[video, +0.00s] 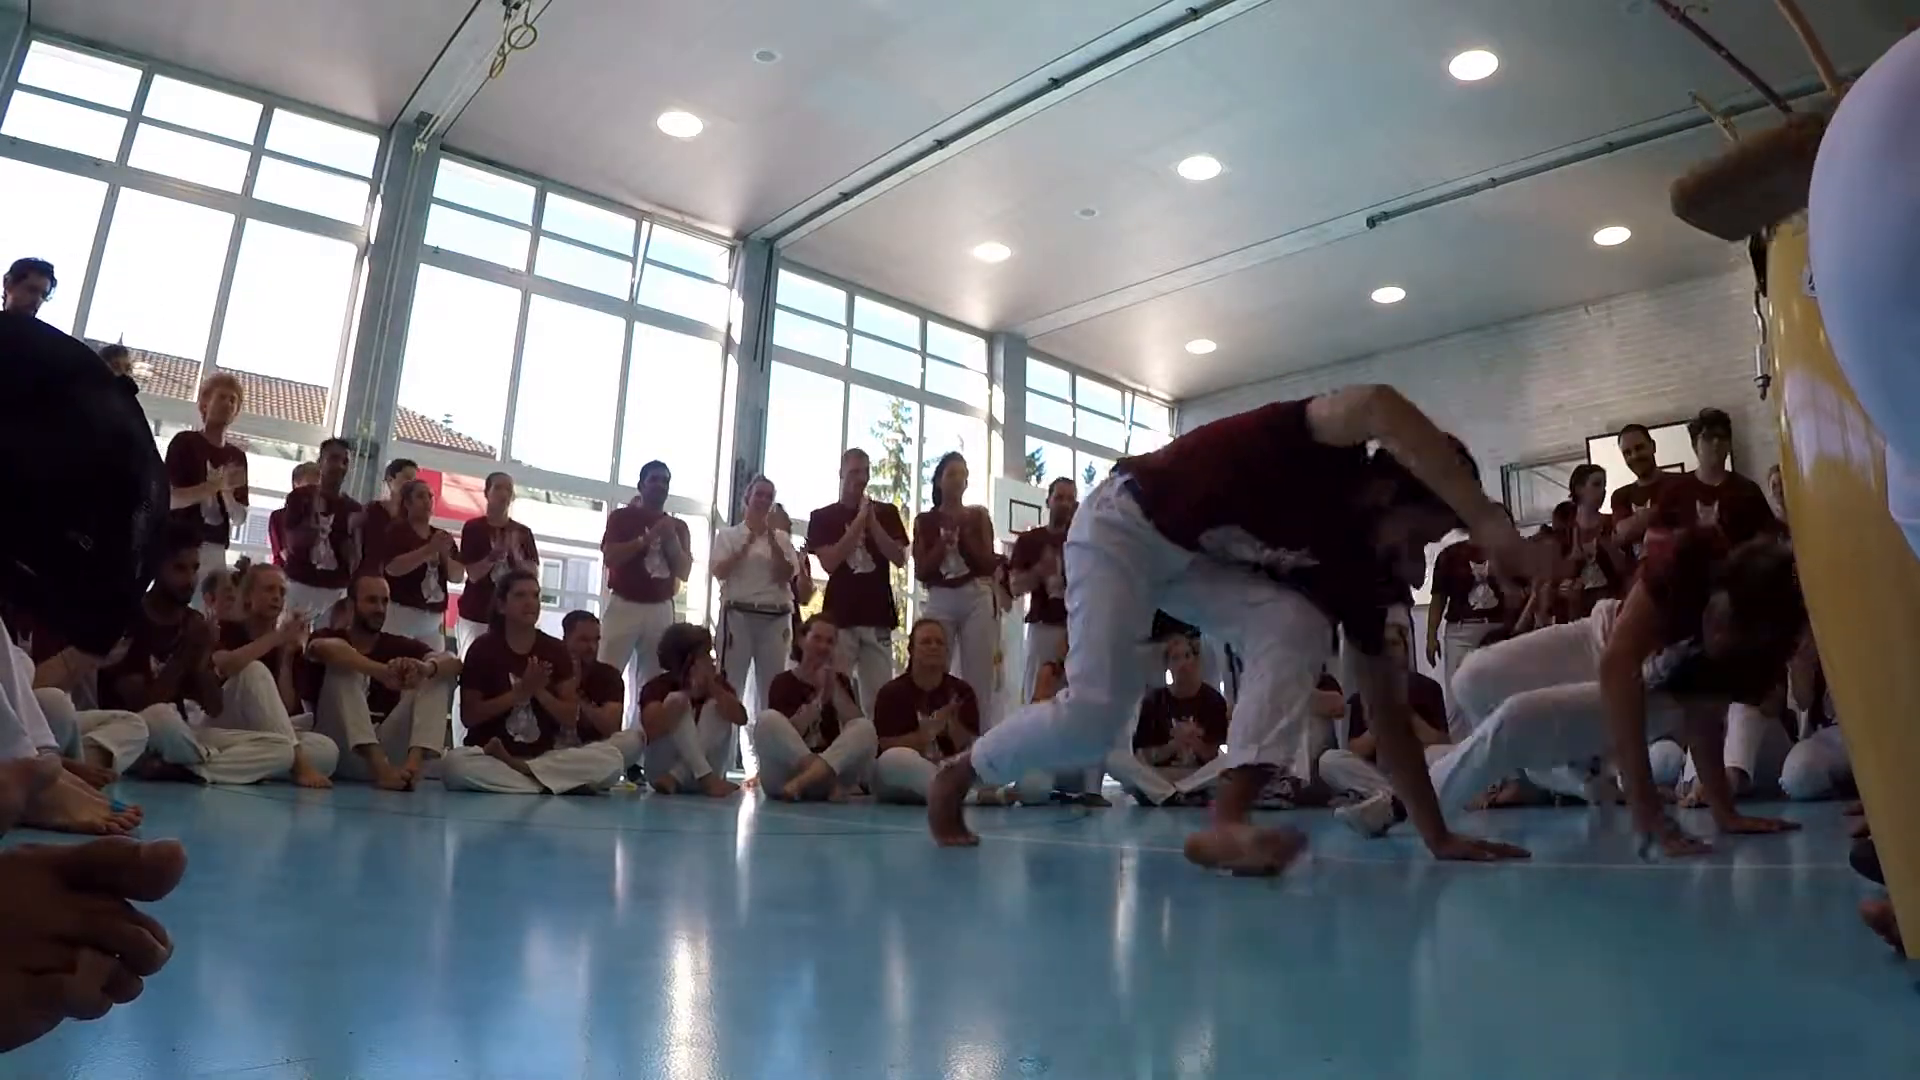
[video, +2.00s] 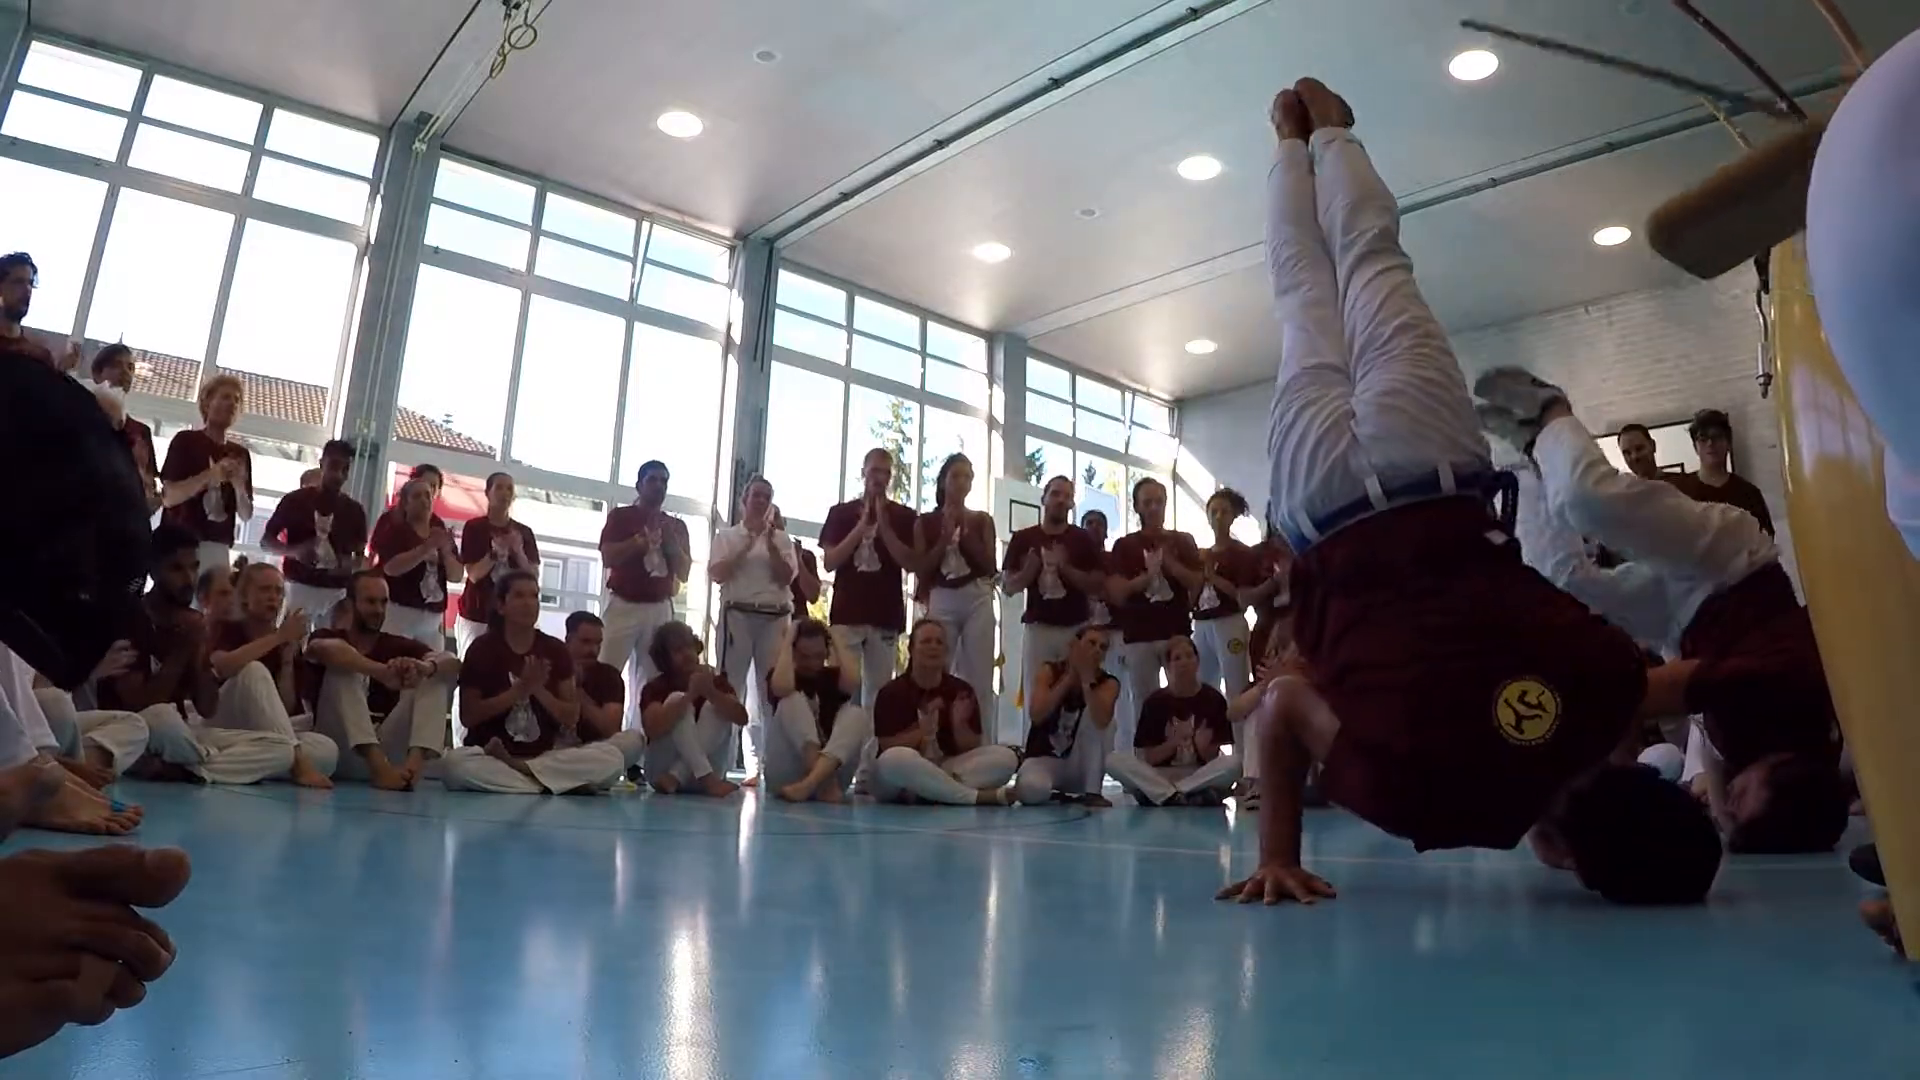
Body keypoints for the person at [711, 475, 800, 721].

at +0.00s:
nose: (763, 500)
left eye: (768, 496)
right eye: (759, 494)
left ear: (773, 502)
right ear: (747, 496)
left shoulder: (781, 538)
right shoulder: (727, 535)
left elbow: (788, 575)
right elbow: (719, 572)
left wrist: (774, 544)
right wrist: (744, 548)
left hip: (776, 618)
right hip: (737, 616)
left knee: (772, 691)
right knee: (730, 689)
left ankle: (768, 751)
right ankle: (724, 751)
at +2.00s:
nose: (759, 501)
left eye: (764, 497)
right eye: (755, 495)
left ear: (771, 503)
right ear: (744, 499)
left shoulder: (781, 538)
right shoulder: (728, 535)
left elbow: (786, 577)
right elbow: (716, 575)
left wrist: (771, 541)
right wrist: (746, 544)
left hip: (774, 617)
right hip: (736, 615)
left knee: (772, 692)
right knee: (730, 690)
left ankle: (768, 763)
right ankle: (723, 763)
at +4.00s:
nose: (761, 499)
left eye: (766, 495)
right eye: (757, 494)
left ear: (773, 501)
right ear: (745, 498)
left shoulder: (783, 538)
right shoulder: (729, 533)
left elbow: (785, 578)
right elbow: (720, 574)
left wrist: (778, 540)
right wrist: (743, 543)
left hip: (774, 617)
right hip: (736, 615)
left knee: (773, 692)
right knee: (730, 689)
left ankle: (771, 762)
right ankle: (727, 762)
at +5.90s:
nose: (761, 499)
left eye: (766, 495)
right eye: (756, 494)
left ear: (772, 501)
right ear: (745, 498)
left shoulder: (781, 537)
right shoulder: (729, 532)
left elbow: (789, 578)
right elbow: (717, 573)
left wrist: (784, 542)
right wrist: (735, 538)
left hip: (775, 617)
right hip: (736, 615)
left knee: (772, 694)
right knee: (729, 691)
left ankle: (769, 764)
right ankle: (724, 764)